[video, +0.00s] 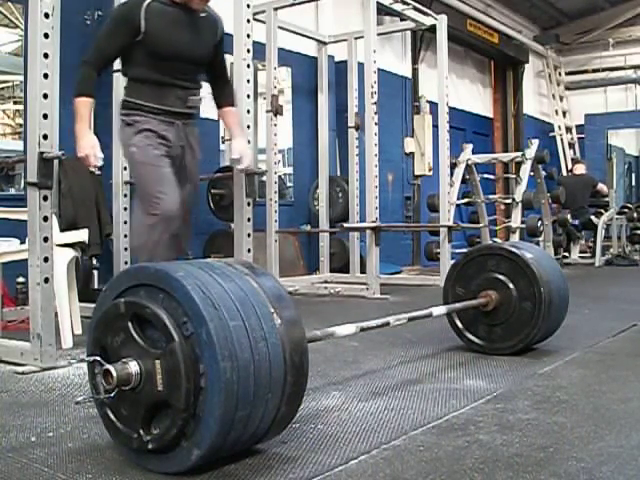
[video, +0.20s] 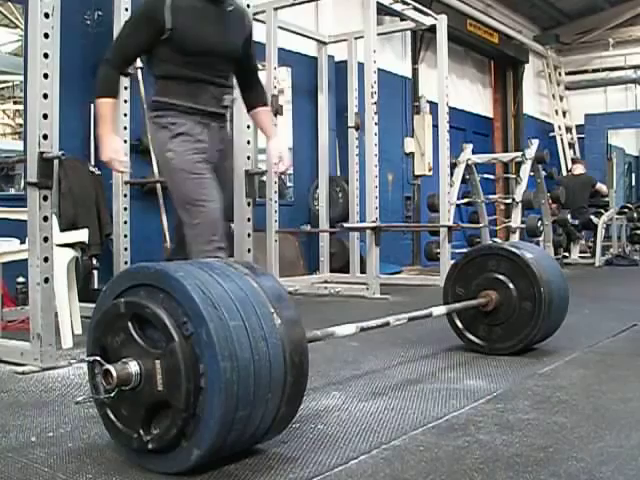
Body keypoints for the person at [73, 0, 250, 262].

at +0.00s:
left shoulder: (211, 23)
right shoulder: (136, 11)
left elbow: (220, 80)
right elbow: (90, 67)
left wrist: (238, 136)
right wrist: (83, 133)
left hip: (186, 128)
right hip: (143, 123)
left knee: (181, 217)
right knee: (166, 207)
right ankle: (144, 294)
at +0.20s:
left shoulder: (238, 17)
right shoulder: (160, 8)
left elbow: (249, 80)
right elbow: (111, 66)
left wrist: (273, 136)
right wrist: (107, 135)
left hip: (218, 127)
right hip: (174, 124)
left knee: (197, 228)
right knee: (209, 220)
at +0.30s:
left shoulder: (253, 10)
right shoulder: (178, 4)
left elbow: (260, 76)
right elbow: (129, 61)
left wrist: (281, 134)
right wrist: (132, 137)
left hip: (237, 125)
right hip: (189, 120)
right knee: (221, 231)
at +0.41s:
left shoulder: (268, 5)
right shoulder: (193, 3)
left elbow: (271, 67)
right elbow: (147, 51)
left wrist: (284, 130)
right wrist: (156, 123)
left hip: (255, 117)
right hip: (205, 115)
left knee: (296, 214)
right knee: (227, 239)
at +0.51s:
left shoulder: (283, 4)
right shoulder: (206, 2)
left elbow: (279, 53)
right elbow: (160, 44)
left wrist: (290, 115)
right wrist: (178, 112)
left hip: (277, 115)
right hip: (225, 112)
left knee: (323, 207)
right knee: (234, 231)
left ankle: (333, 328)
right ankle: (235, 348)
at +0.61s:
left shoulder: (300, 4)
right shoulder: (224, 2)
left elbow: (294, 59)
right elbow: (173, 44)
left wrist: (305, 123)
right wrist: (192, 112)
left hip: (292, 118)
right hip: (241, 114)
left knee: (338, 228)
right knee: (248, 235)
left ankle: (394, 347)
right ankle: (233, 360)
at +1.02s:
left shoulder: (343, 4)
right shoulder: (255, 1)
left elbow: (347, 59)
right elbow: (209, 46)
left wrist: (367, 126)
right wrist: (230, 117)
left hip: (318, 120)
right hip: (263, 114)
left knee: (360, 223)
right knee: (256, 250)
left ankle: (383, 354)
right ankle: (241, 373)